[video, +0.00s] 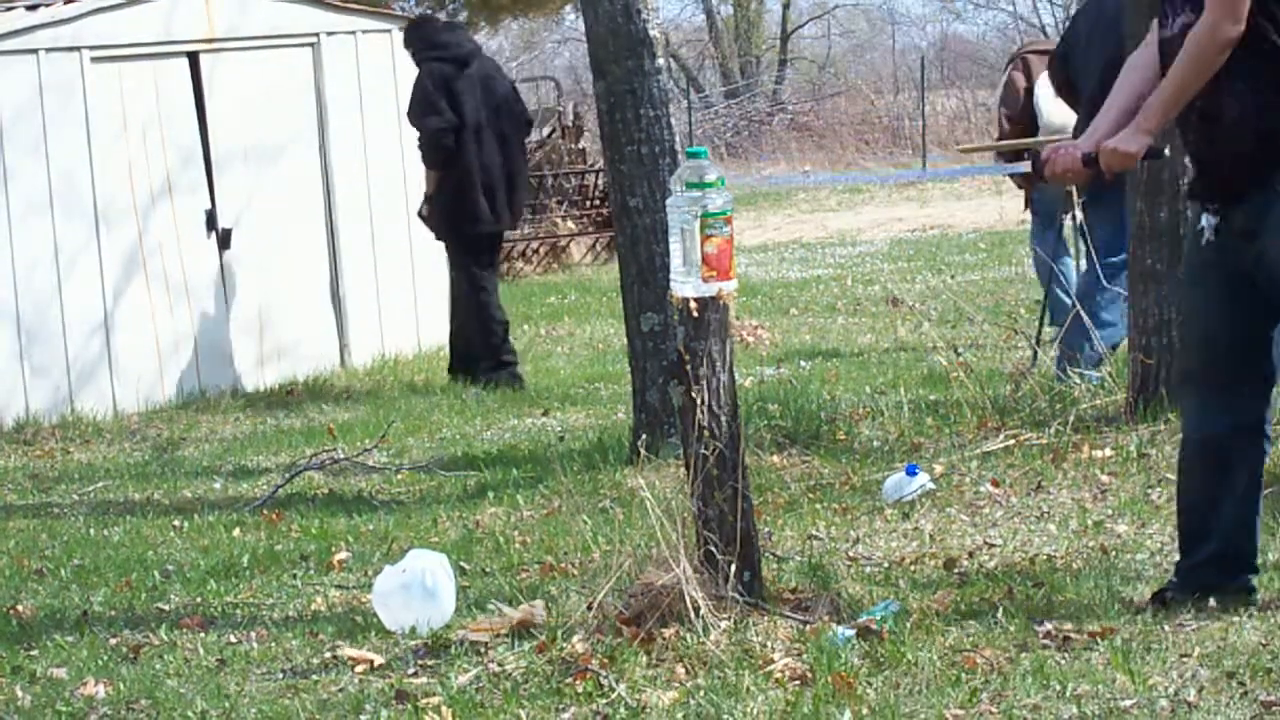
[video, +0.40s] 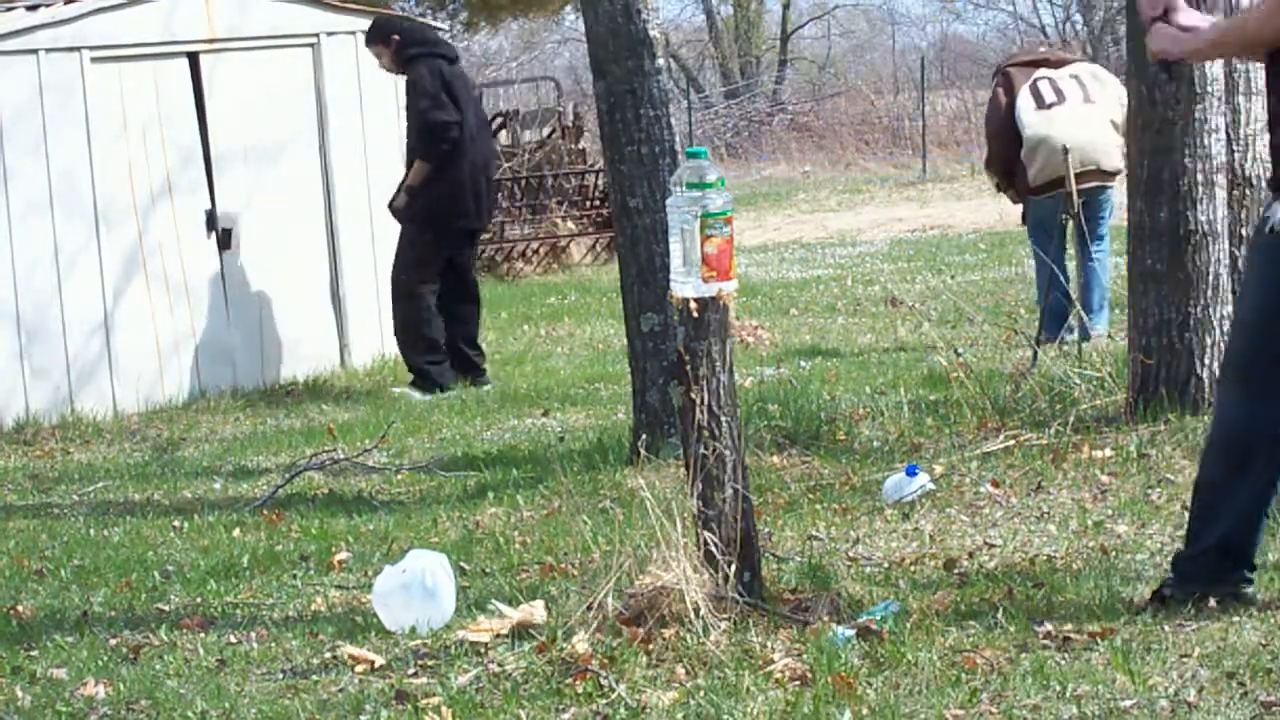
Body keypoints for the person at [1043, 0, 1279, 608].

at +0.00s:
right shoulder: (1183, 3)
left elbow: (1226, 22)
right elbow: (1152, 50)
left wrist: (1142, 128)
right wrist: (1086, 140)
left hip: (1264, 197)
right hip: (1226, 199)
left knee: (1227, 390)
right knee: (1217, 390)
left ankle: (1218, 573)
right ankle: (1214, 574)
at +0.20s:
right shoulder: (1243, 19)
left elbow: (1266, 28)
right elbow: (1223, 75)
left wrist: (1172, 107)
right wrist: (1134, 117)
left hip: (1265, 222)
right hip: (1259, 218)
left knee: (1244, 405)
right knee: (1241, 405)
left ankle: (1215, 574)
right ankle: (1214, 574)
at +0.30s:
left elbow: (1273, 32)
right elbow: (1259, 57)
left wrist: (1195, 86)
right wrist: (1165, 78)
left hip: (1274, 215)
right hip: (1271, 212)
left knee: (1251, 399)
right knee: (1249, 399)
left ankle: (1214, 572)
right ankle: (1214, 571)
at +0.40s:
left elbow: (1266, 26)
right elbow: (1264, 26)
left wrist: (1195, 41)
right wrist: (1205, 28)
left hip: (1276, 212)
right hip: (1275, 211)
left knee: (1253, 391)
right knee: (1252, 391)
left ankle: (1211, 568)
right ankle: (1212, 568)